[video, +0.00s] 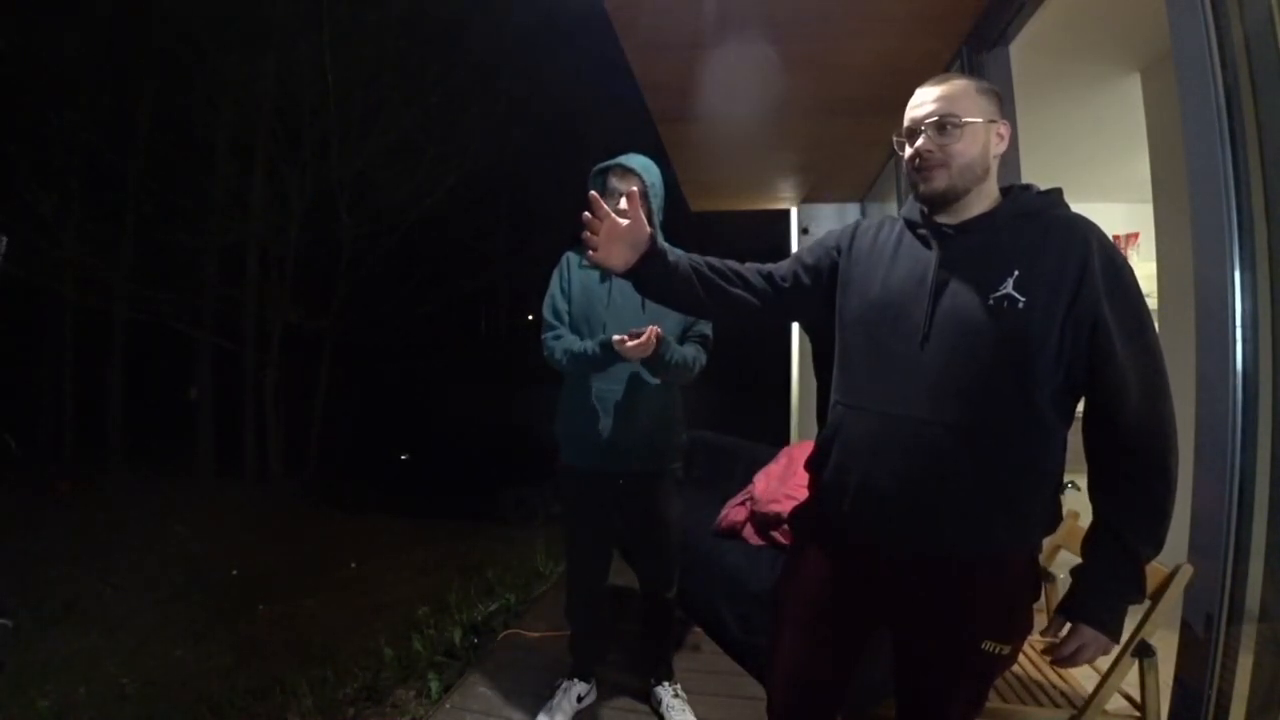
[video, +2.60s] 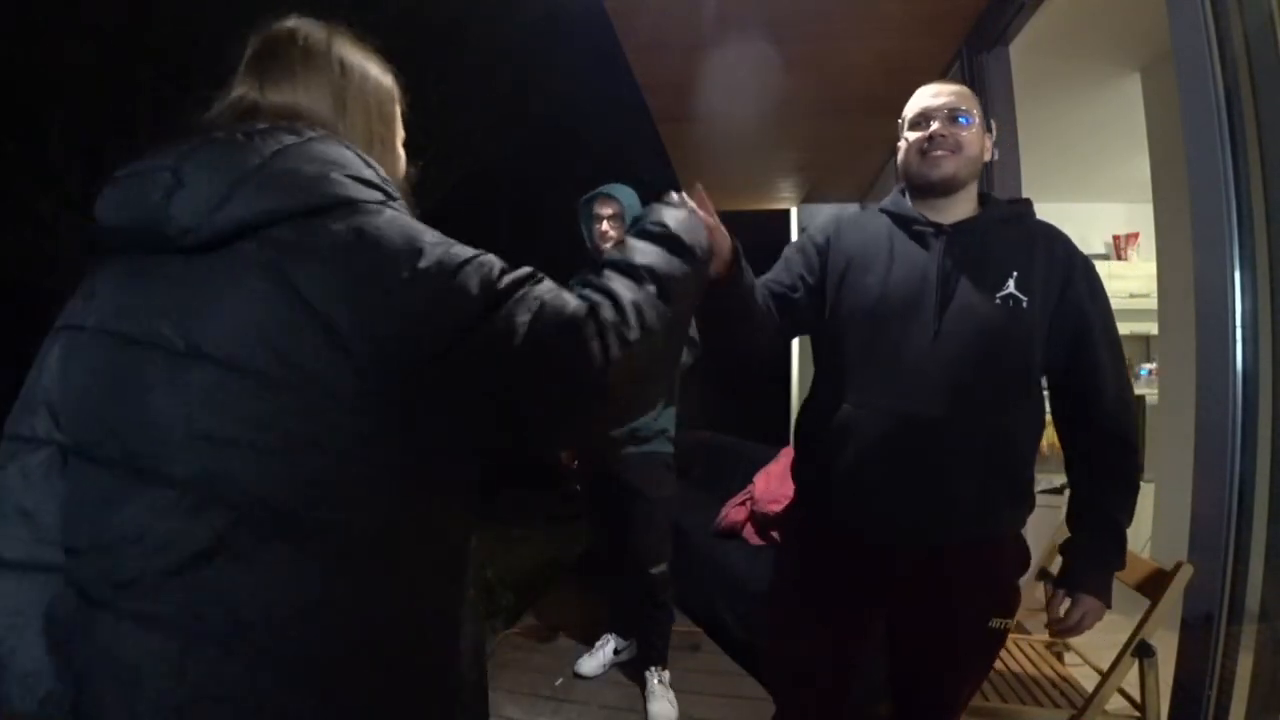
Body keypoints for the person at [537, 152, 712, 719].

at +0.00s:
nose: (629, 208)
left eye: (638, 198)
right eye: (618, 196)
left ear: (653, 205)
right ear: (597, 203)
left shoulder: (678, 270)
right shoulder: (574, 266)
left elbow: (696, 358)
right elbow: (554, 346)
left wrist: (658, 352)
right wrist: (608, 348)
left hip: (653, 449)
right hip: (587, 447)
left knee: (659, 569)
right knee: (585, 566)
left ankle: (661, 678)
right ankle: (580, 678)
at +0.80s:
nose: (658, 204)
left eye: (669, 194)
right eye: (648, 195)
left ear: (693, 199)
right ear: (634, 202)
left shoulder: (721, 275)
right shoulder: (613, 265)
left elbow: (731, 363)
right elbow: (582, 342)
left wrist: (691, 349)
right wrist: (609, 274)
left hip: (680, 440)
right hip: (613, 434)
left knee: (672, 557)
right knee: (600, 554)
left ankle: (665, 679)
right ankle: (584, 675)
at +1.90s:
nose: (676, 218)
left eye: (689, 210)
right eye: (671, 207)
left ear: (711, 216)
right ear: (661, 210)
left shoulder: (728, 275)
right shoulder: (640, 267)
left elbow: (737, 359)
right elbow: (606, 315)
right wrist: (647, 252)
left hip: (690, 433)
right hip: (628, 428)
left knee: (679, 551)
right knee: (607, 533)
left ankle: (666, 673)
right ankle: (595, 625)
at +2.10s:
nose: (661, 222)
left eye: (672, 213)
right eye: (655, 211)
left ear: (695, 218)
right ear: (645, 216)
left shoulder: (716, 283)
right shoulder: (621, 273)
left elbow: (727, 358)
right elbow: (577, 328)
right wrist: (625, 274)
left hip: (684, 440)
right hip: (618, 436)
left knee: (675, 553)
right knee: (611, 539)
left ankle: (663, 671)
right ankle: (619, 629)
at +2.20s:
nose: (650, 224)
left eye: (661, 214)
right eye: (642, 215)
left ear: (682, 220)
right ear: (631, 221)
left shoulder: (706, 284)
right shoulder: (609, 277)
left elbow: (718, 352)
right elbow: (565, 342)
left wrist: (678, 363)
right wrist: (588, 326)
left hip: (675, 433)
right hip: (609, 427)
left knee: (665, 546)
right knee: (611, 532)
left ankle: (661, 670)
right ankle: (620, 629)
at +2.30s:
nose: (638, 227)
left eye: (648, 217)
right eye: (630, 218)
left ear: (668, 222)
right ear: (620, 224)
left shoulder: (695, 284)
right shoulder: (597, 285)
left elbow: (708, 361)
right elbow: (562, 357)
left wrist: (678, 427)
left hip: (667, 439)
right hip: (603, 431)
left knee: (664, 554)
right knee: (608, 540)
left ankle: (663, 673)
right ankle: (618, 632)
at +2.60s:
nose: (604, 230)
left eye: (613, 220)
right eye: (596, 221)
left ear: (635, 225)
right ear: (585, 230)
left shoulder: (659, 288)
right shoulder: (582, 292)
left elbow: (687, 351)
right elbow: (566, 369)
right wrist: (569, 434)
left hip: (650, 444)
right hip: (599, 444)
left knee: (654, 562)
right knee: (607, 547)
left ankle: (656, 667)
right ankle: (621, 632)